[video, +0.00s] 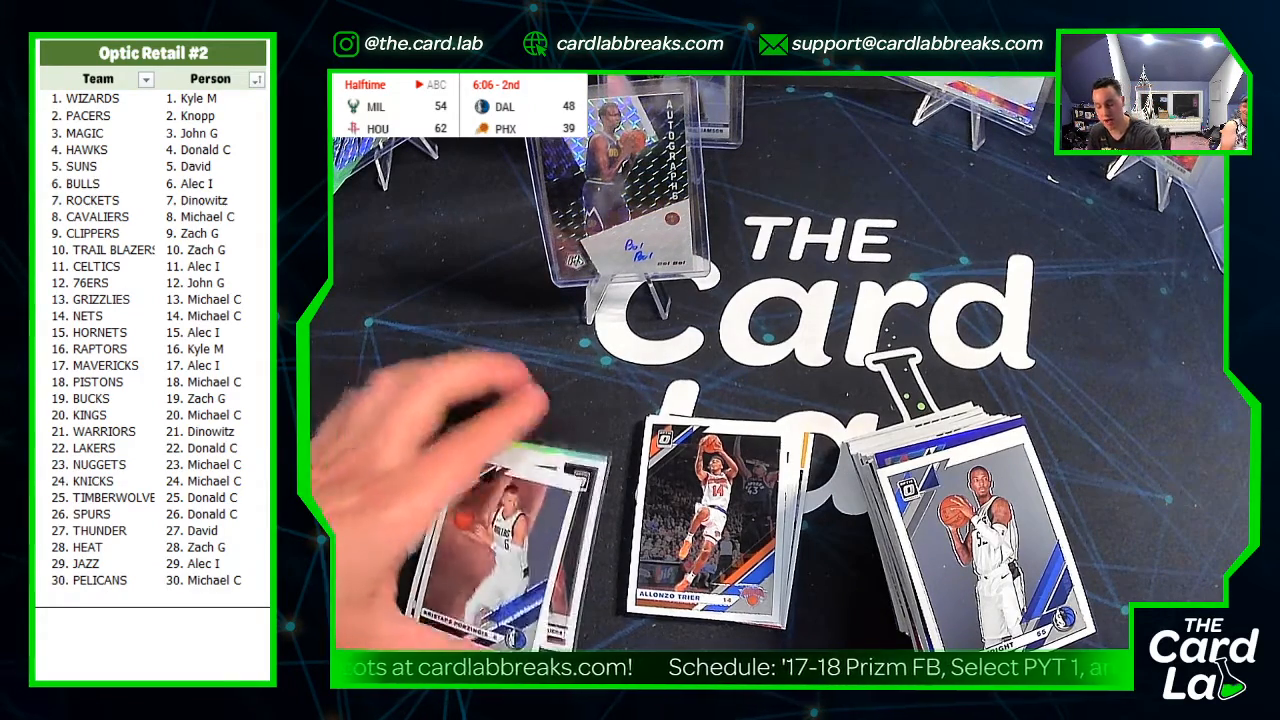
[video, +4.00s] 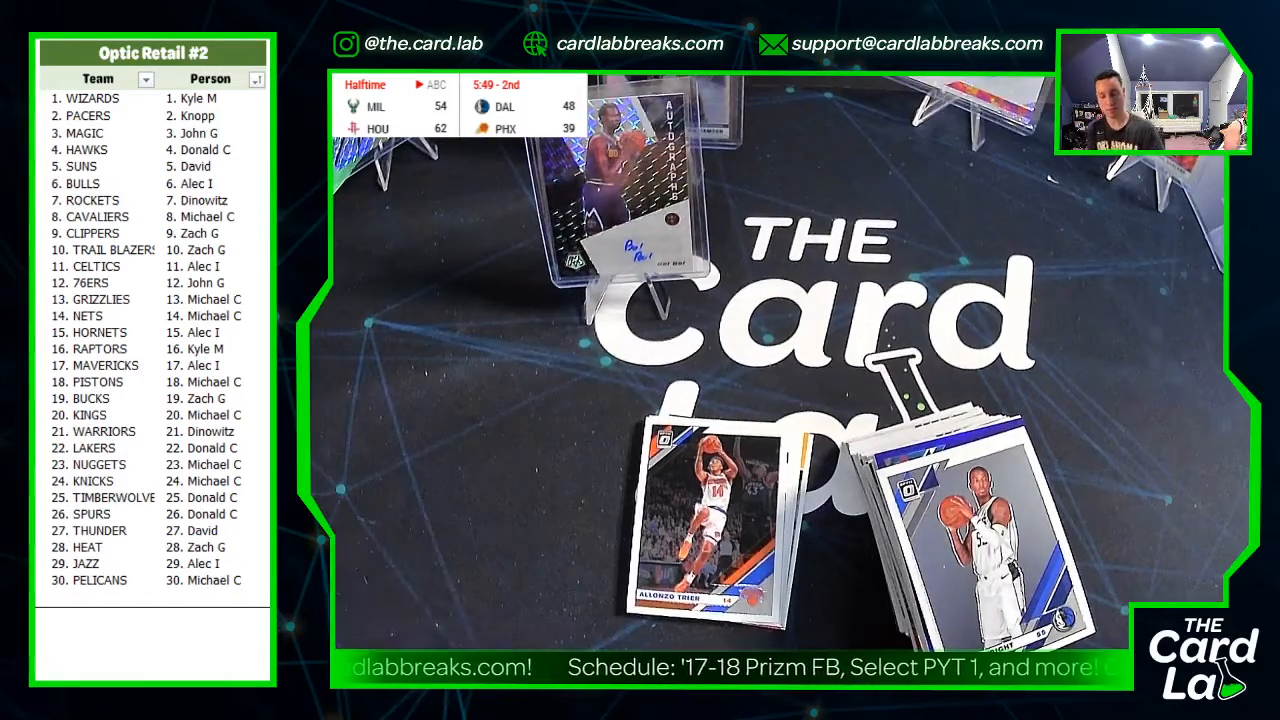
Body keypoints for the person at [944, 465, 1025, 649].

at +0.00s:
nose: (980, 483)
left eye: (984, 479)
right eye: (976, 480)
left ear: (990, 481)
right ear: (970, 485)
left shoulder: (1000, 504)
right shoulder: (975, 517)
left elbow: (997, 539)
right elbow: (965, 559)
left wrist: (973, 517)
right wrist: (953, 530)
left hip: (1007, 579)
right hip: (985, 584)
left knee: (1017, 632)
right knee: (992, 639)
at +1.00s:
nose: (980, 483)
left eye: (984, 479)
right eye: (976, 480)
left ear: (990, 481)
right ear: (970, 485)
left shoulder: (1000, 504)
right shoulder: (974, 517)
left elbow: (996, 538)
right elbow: (965, 559)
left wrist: (972, 516)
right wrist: (953, 530)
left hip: (1007, 579)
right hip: (985, 585)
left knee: (1018, 632)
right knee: (992, 640)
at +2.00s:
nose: (980, 484)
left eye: (983, 479)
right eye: (975, 480)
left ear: (990, 482)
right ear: (970, 486)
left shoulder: (1000, 504)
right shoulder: (974, 517)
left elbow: (996, 538)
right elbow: (965, 559)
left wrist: (972, 517)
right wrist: (953, 531)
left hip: (1007, 579)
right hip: (985, 585)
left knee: (1018, 633)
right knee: (991, 640)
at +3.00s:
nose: (980, 484)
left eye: (983, 480)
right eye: (975, 481)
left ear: (990, 482)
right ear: (970, 486)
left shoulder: (999, 504)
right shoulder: (974, 519)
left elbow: (997, 539)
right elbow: (965, 559)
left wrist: (972, 516)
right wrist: (953, 531)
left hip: (1006, 578)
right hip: (984, 585)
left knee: (1017, 632)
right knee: (991, 639)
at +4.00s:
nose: (980, 484)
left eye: (983, 479)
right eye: (975, 481)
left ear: (990, 482)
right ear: (970, 486)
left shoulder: (1000, 505)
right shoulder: (975, 518)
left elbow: (997, 539)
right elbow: (965, 559)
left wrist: (972, 516)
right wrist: (953, 531)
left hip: (1006, 579)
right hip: (985, 584)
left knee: (1017, 632)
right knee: (991, 639)